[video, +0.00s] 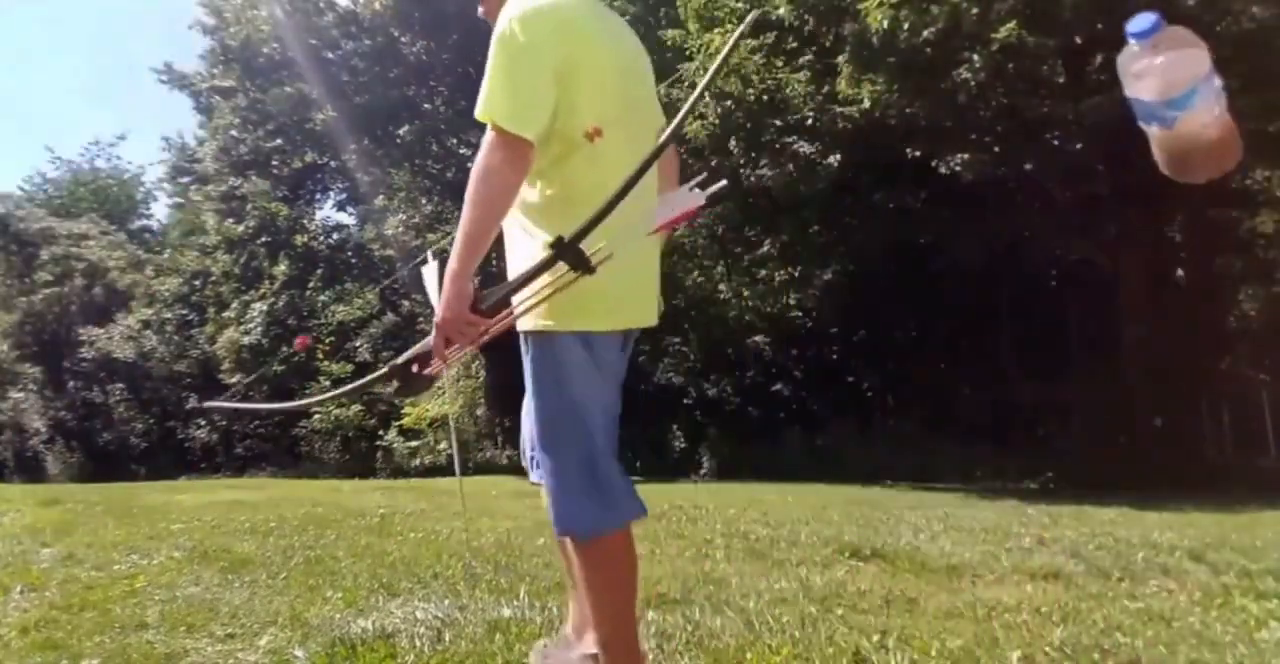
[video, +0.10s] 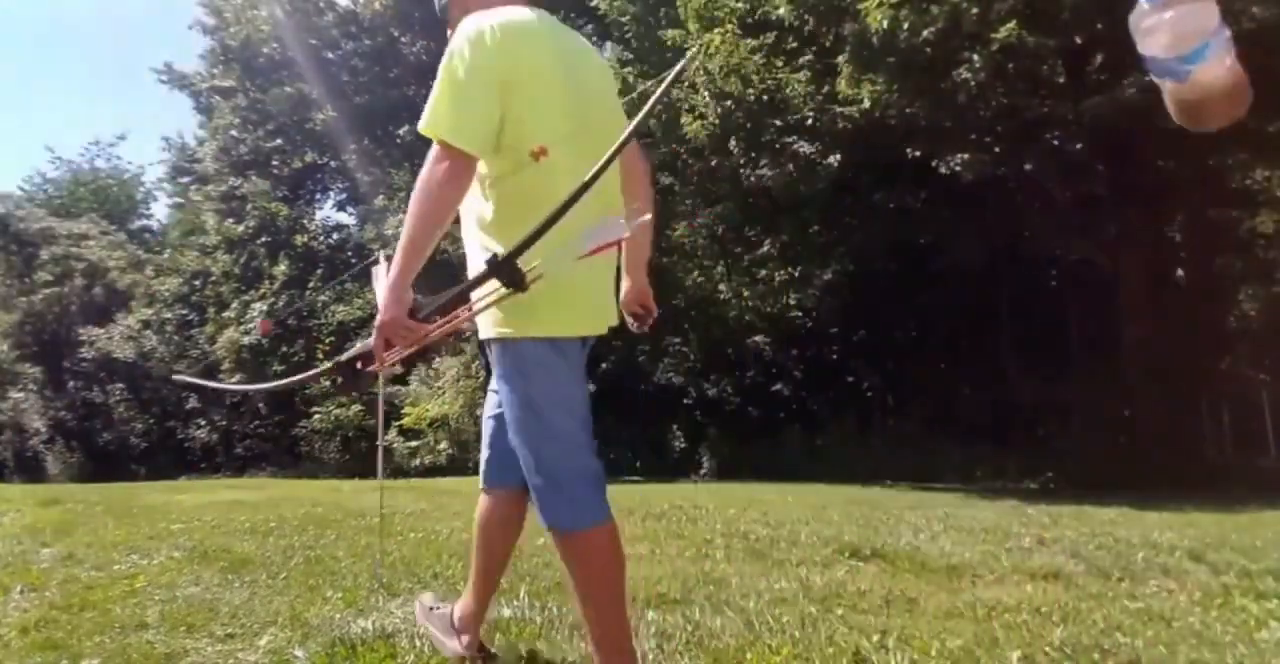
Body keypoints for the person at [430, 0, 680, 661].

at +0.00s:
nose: (482, 14)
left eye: (481, 9)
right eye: (481, 11)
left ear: (493, 1)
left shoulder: (526, 24)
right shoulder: (609, 26)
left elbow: (506, 151)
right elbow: (661, 146)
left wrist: (457, 280)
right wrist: (656, 226)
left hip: (571, 289)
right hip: (623, 282)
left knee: (580, 467)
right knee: (550, 449)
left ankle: (620, 652)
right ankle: (586, 634)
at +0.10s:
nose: (446, 20)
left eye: (446, 13)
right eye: (446, 15)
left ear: (460, 2)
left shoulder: (480, 38)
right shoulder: (582, 50)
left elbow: (451, 162)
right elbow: (635, 168)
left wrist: (397, 280)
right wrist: (636, 270)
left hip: (526, 302)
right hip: (585, 294)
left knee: (570, 486)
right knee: (506, 455)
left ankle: (617, 656)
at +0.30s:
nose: (388, 59)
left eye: (388, 48)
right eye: (389, 49)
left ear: (400, 34)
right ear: (446, 28)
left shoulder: (400, 77)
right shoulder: (511, 93)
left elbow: (370, 189)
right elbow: (557, 199)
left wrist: (321, 304)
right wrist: (568, 294)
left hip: (436, 315)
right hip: (500, 313)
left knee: (470, 473)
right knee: (432, 463)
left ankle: (574, 638)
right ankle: (407, 620)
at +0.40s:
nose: (380, 64)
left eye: (379, 54)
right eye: (382, 56)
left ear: (391, 40)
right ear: (440, 36)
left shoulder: (390, 78)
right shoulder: (499, 95)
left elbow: (362, 188)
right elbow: (542, 199)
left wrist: (315, 302)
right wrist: (553, 295)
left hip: (420, 312)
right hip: (486, 308)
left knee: (438, 471)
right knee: (428, 464)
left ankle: (544, 616)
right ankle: (407, 619)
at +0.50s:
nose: (335, 64)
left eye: (335, 55)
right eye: (339, 55)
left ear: (345, 47)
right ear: (395, 48)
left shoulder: (338, 81)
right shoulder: (447, 102)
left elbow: (312, 193)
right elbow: (478, 211)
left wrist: (284, 302)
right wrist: (459, 291)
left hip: (346, 291)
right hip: (423, 300)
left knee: (355, 431)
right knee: (411, 443)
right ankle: (405, 620)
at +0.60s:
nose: (306, 75)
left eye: (307, 67)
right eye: (310, 67)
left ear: (318, 56)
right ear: (364, 57)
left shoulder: (312, 94)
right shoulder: (418, 113)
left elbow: (292, 199)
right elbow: (444, 221)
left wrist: (262, 309)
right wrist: (410, 262)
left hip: (322, 313)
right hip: (404, 315)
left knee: (272, 444)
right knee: (400, 462)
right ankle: (403, 618)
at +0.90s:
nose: (211, 103)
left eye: (211, 94)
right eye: (214, 95)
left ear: (223, 87)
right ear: (268, 83)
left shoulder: (218, 126)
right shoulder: (319, 130)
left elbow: (209, 227)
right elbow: (365, 220)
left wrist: (180, 324)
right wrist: (324, 274)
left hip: (238, 327)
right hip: (317, 323)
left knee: (207, 457)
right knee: (316, 443)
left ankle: (203, 591)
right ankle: (365, 558)